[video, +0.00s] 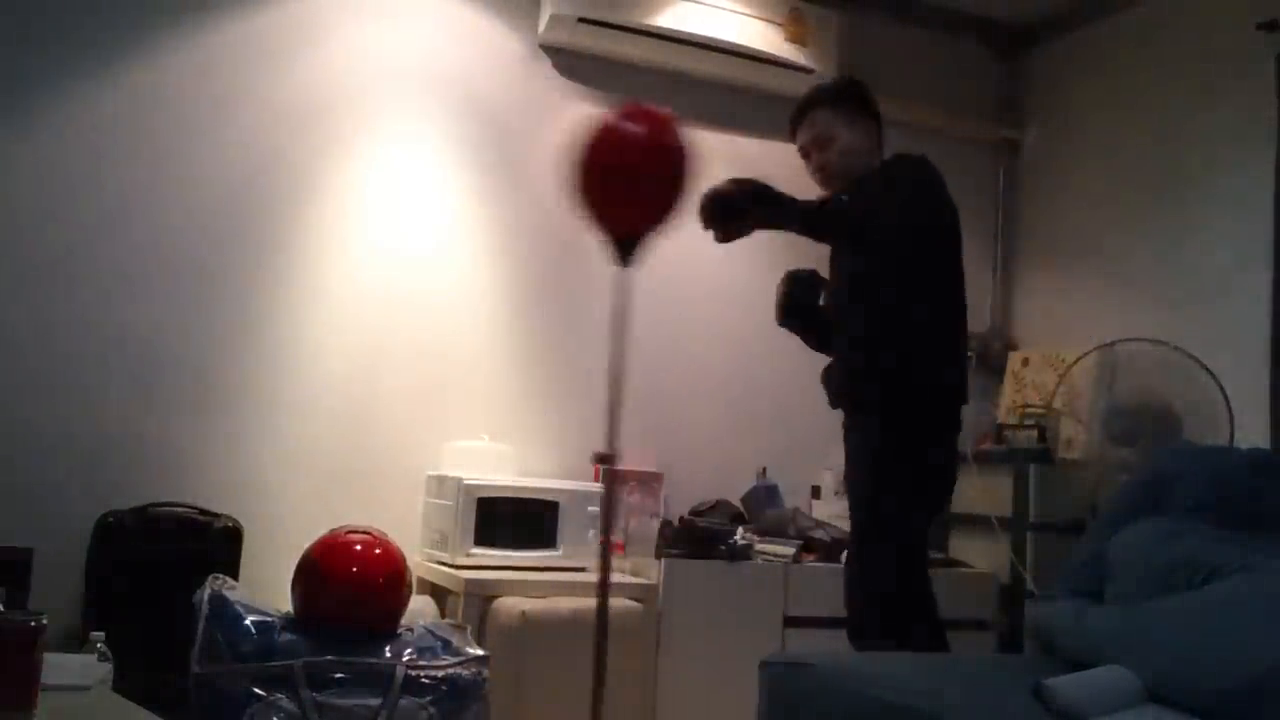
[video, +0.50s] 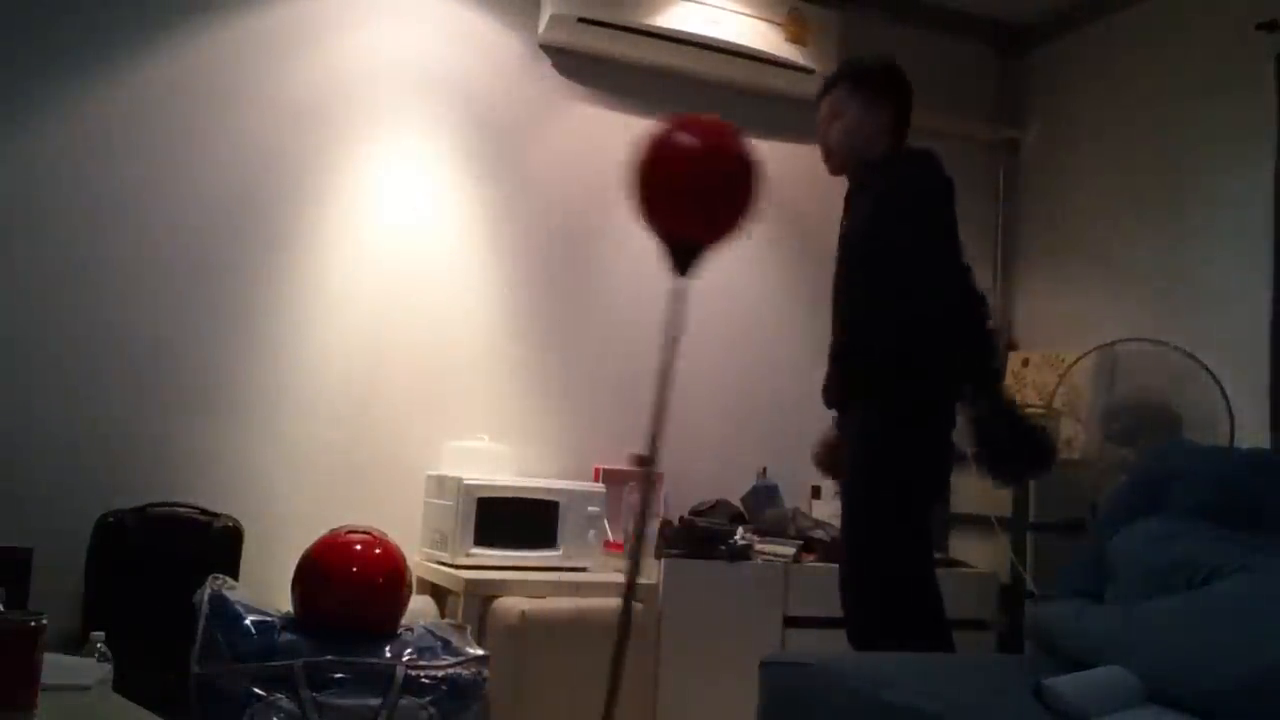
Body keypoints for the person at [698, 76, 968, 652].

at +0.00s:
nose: (815, 163)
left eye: (824, 143)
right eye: (806, 156)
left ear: (866, 130)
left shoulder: (910, 179)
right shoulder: (860, 223)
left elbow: (856, 221)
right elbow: (853, 337)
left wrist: (765, 209)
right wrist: (803, 311)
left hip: (911, 413)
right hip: (876, 418)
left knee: (883, 581)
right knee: (890, 581)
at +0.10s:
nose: (819, 163)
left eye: (827, 143)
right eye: (810, 156)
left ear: (869, 129)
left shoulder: (912, 179)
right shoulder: (867, 219)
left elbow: (857, 223)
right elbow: (875, 336)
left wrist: (759, 213)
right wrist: (817, 317)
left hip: (911, 414)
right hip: (880, 418)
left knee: (884, 583)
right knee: (889, 582)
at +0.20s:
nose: (816, 160)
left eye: (824, 140)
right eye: (810, 149)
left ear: (868, 129)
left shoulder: (906, 180)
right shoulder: (875, 204)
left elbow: (887, 263)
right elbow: (891, 320)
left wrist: (789, 251)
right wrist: (828, 329)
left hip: (906, 414)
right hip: (882, 414)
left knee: (889, 578)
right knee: (885, 577)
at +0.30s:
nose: (813, 151)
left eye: (823, 135)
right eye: (810, 139)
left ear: (865, 130)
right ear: (858, 135)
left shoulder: (902, 184)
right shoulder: (873, 197)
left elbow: (960, 284)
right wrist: (828, 350)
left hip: (906, 417)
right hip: (883, 415)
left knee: (885, 582)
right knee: (888, 579)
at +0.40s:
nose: (814, 144)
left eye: (825, 127)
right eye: (813, 131)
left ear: (866, 125)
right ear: (861, 130)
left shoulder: (904, 183)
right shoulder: (873, 194)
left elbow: (944, 306)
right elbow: (881, 322)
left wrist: (847, 388)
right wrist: (839, 383)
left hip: (904, 420)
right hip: (883, 417)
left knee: (886, 582)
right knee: (884, 580)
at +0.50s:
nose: (823, 133)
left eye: (834, 116)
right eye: (823, 118)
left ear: (875, 118)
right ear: (863, 121)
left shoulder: (905, 184)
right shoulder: (875, 190)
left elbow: (942, 301)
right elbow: (870, 318)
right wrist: (849, 424)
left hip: (902, 414)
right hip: (885, 413)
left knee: (884, 592)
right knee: (886, 589)